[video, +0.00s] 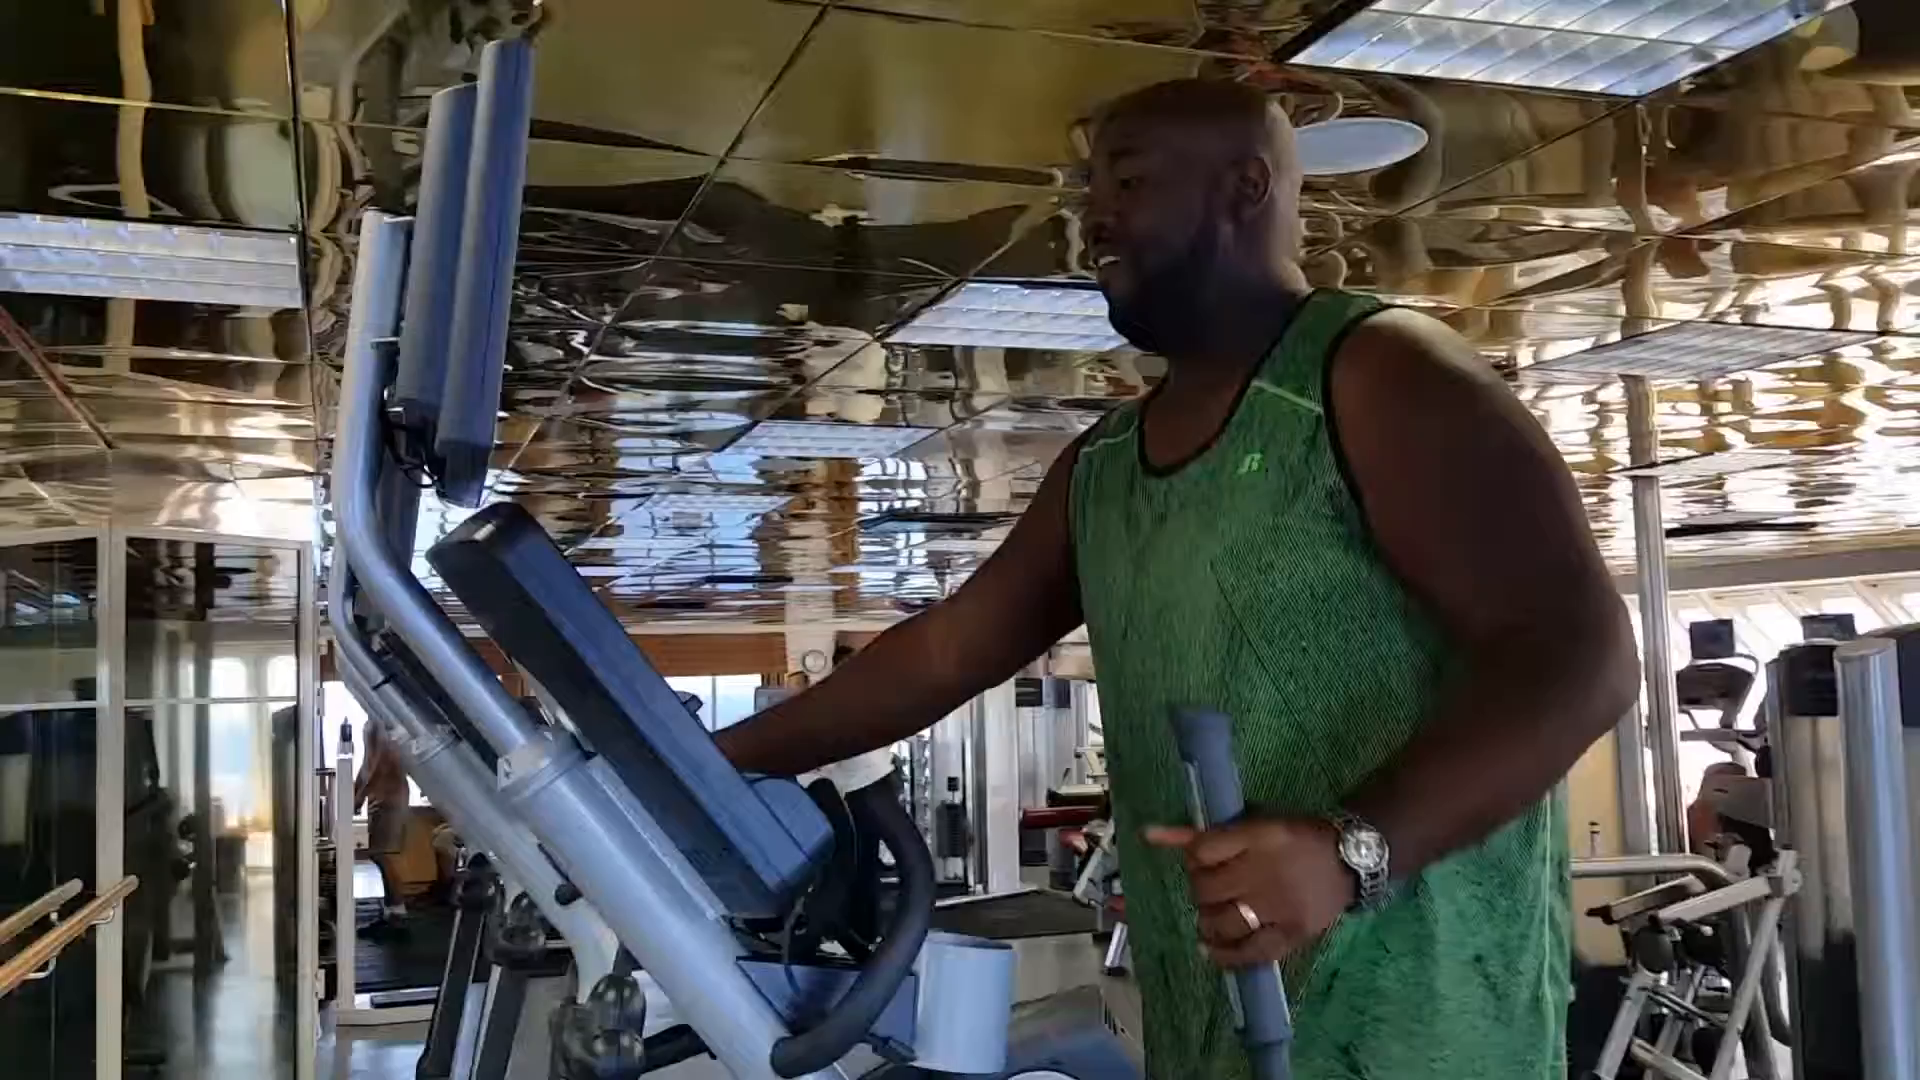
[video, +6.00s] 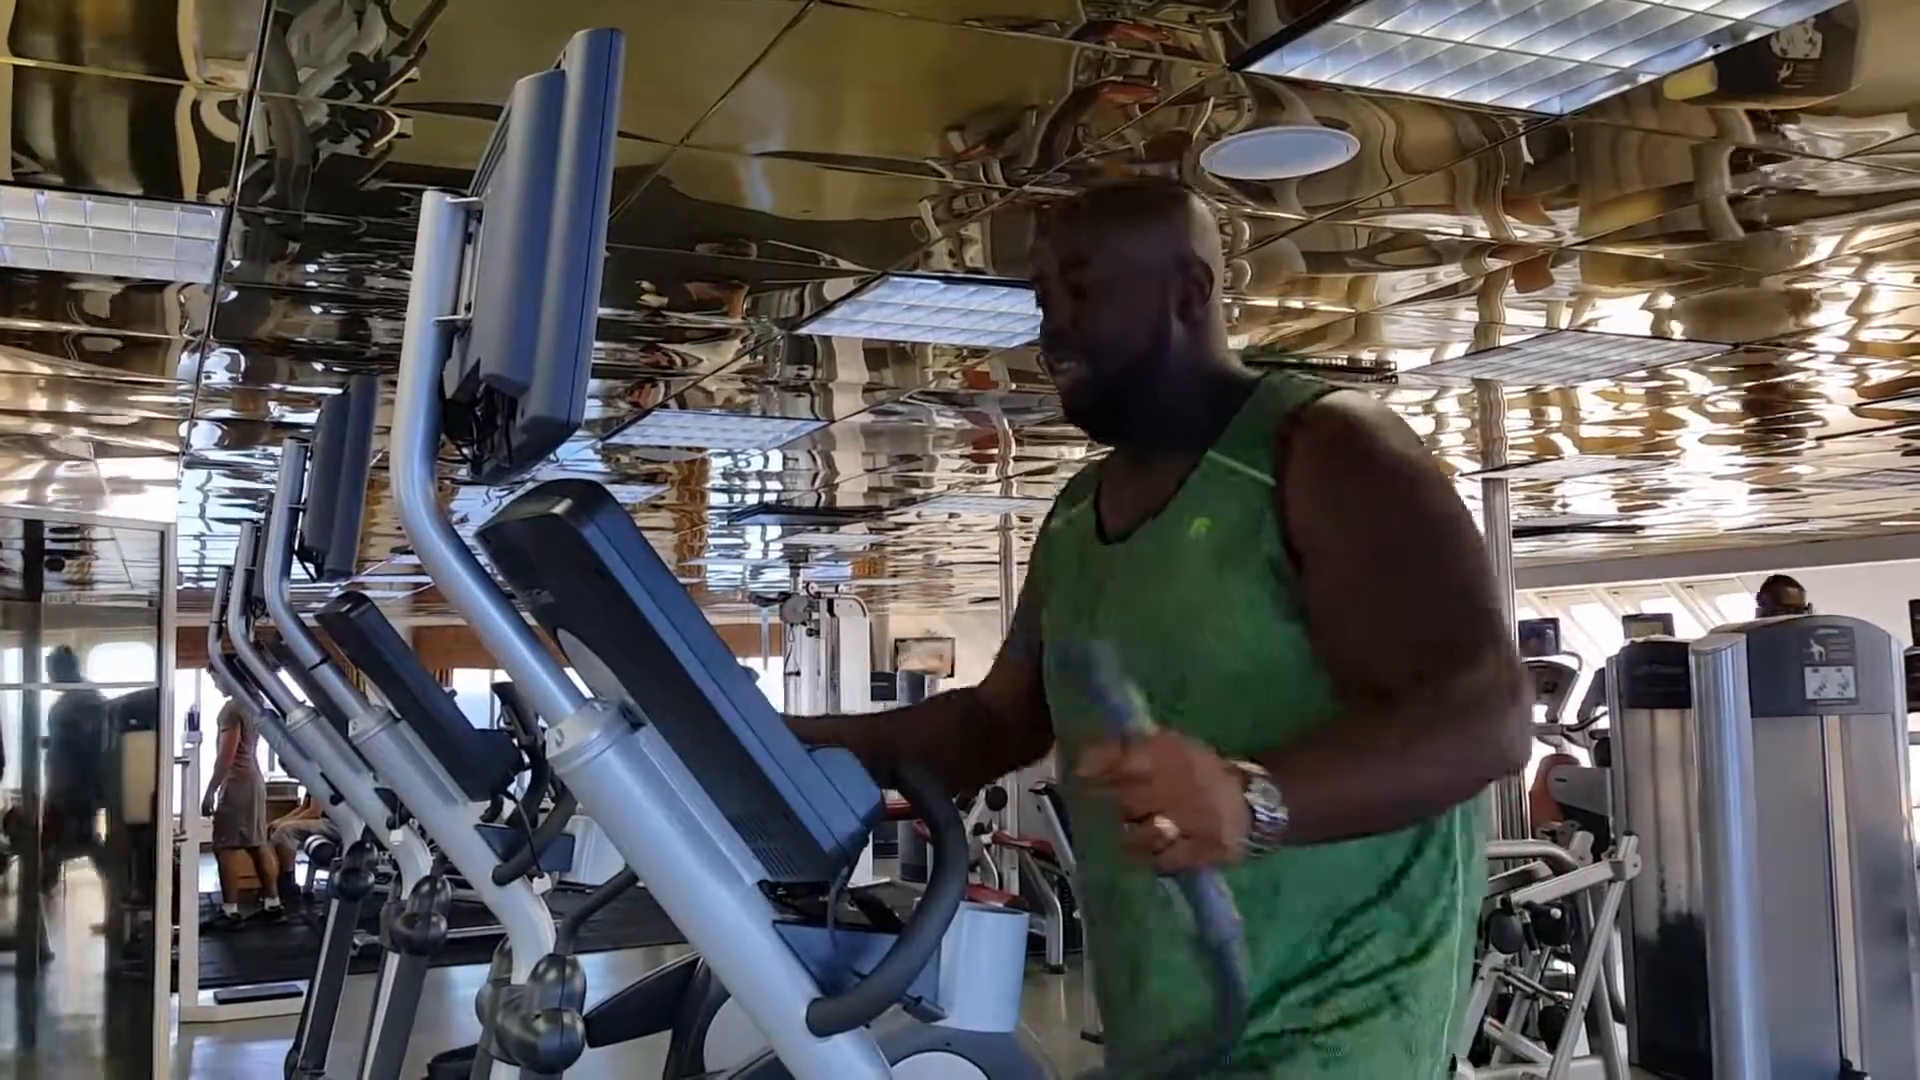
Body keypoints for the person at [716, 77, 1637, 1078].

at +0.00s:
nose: (1092, 212)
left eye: (1124, 174)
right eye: (1092, 186)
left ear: (1244, 194)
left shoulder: (1382, 369)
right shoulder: (1102, 466)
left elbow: (1578, 652)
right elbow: (936, 655)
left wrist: (1355, 853)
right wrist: (709, 763)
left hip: (1421, 1017)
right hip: (1199, 1022)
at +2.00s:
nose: (1129, 317)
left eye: (1159, 279)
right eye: (1123, 290)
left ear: (1266, 274)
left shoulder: (1408, 436)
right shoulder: (1188, 483)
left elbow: (1398, 682)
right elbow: (1189, 693)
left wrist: (1139, 797)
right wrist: (1049, 792)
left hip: (1440, 1016)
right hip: (1257, 1019)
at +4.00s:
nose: (1145, 276)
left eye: (1192, 236)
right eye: (1127, 255)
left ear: (1283, 265)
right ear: (1110, 290)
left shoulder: (1388, 460)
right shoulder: (1139, 512)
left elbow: (1517, 738)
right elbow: (1052, 712)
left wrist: (1210, 803)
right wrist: (842, 756)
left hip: (1407, 1046)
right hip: (1168, 1044)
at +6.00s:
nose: (1048, 330)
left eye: (1079, 291)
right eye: (1042, 300)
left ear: (1191, 294)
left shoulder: (1337, 453)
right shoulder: (1081, 512)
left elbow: (1485, 715)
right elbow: (1003, 720)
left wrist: (1256, 798)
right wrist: (812, 747)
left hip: (1345, 1017)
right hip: (1153, 1015)